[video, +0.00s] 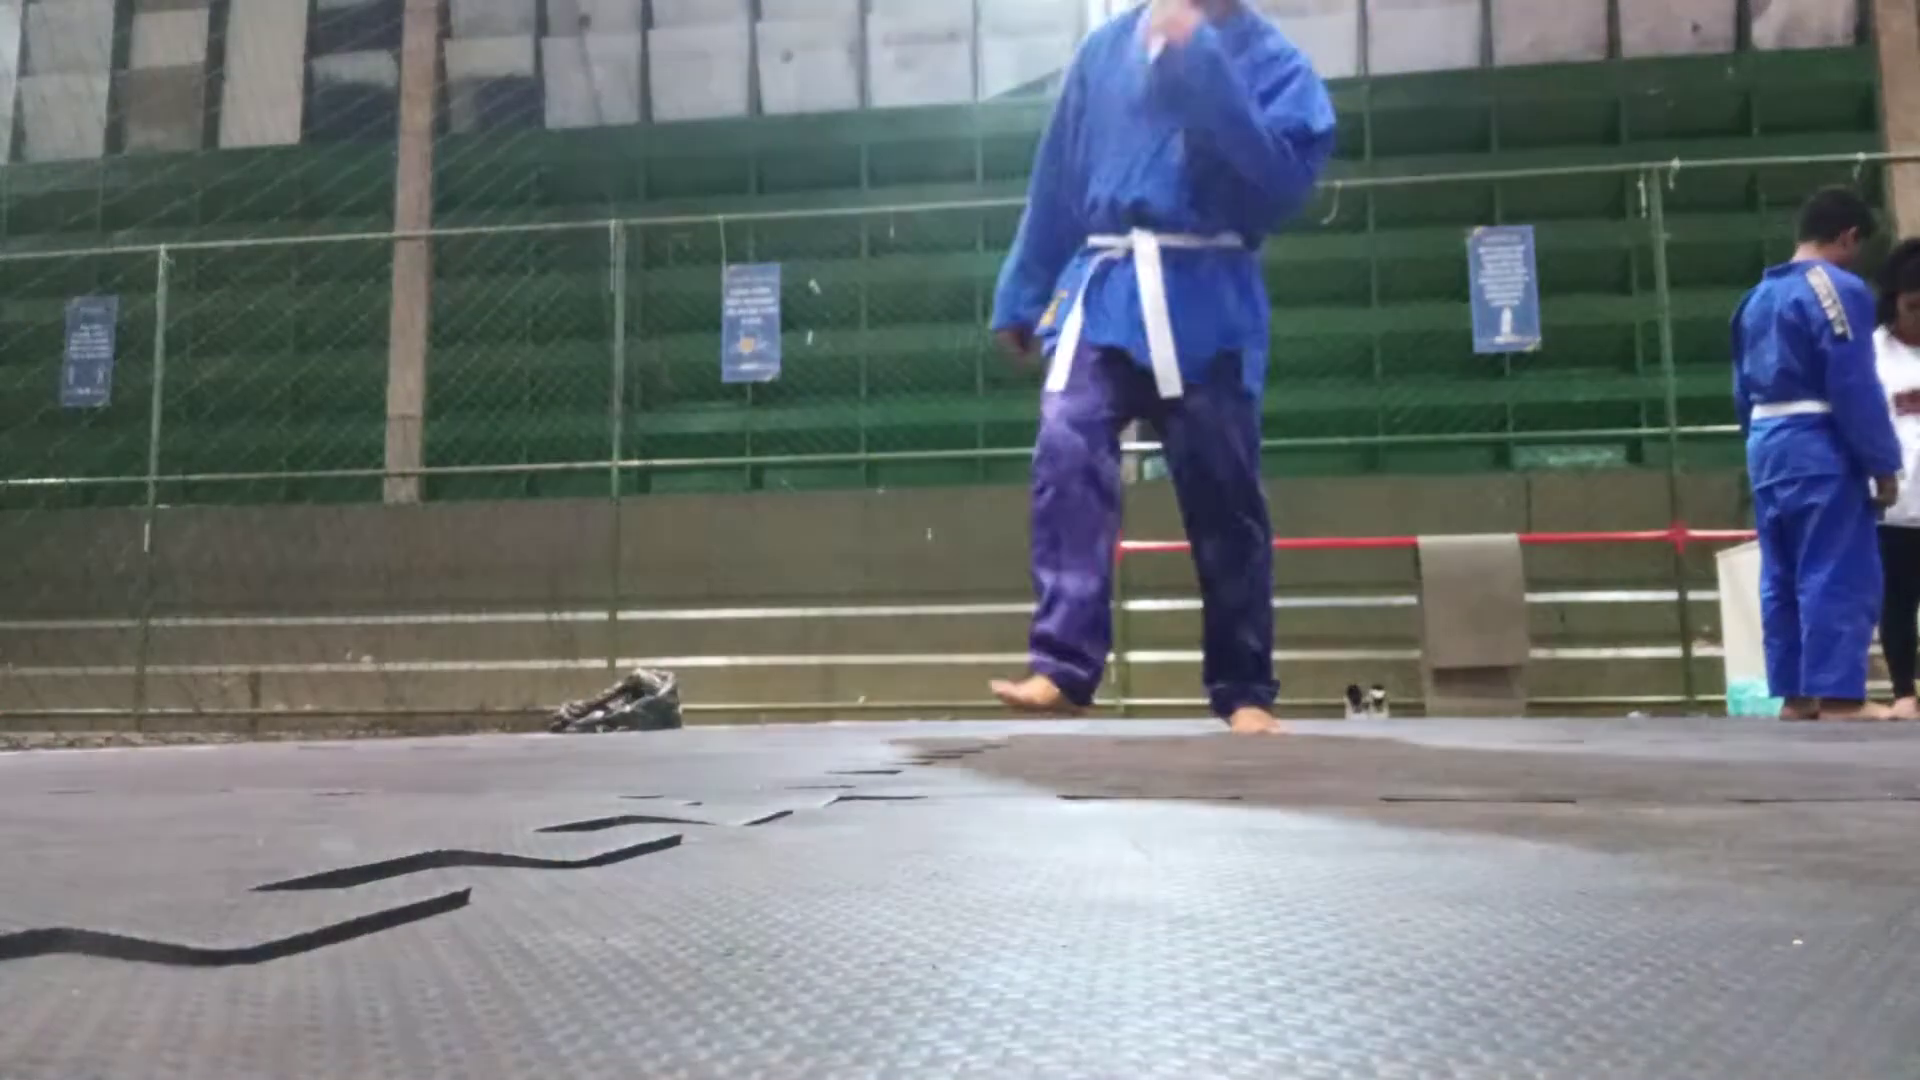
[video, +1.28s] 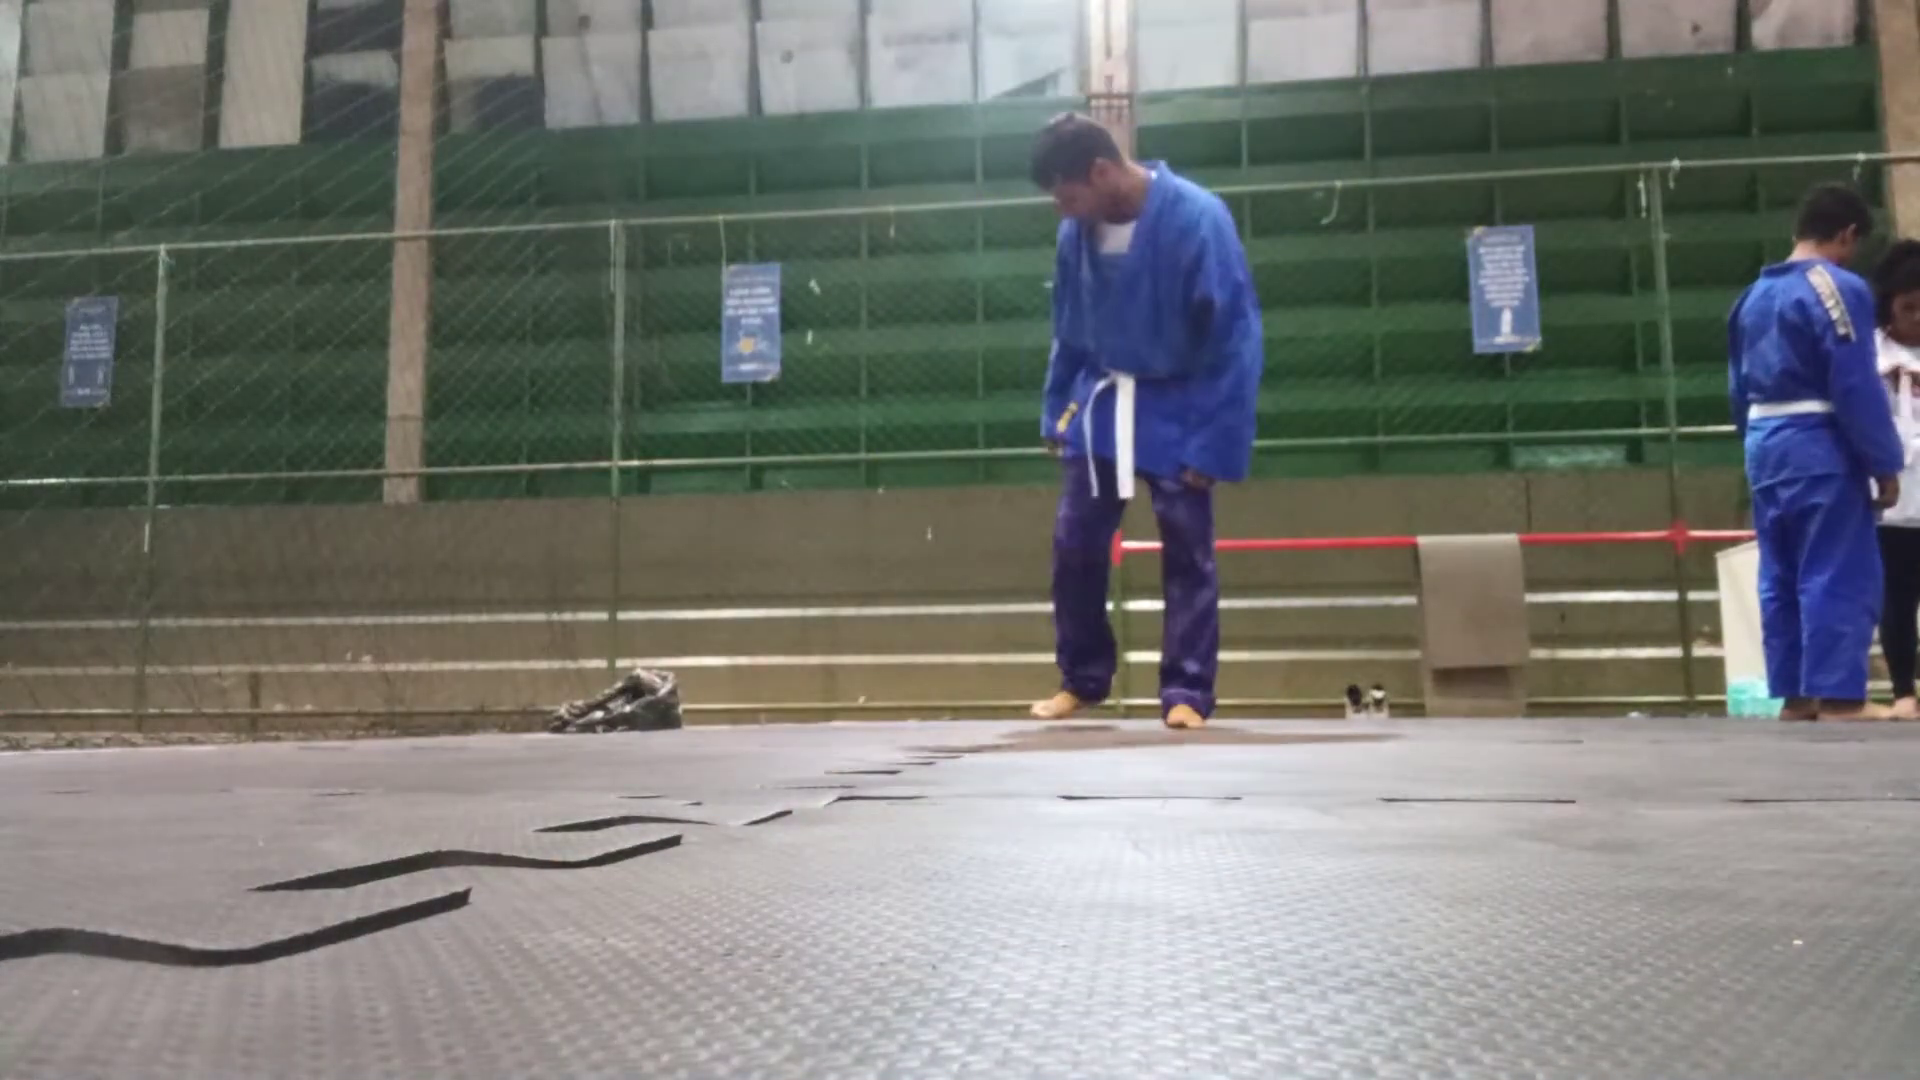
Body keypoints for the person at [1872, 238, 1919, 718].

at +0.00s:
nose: (1917, 315)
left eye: (1919, 305)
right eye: (1911, 305)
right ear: (1893, 305)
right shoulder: (1871, 350)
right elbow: (1854, 408)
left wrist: (1898, 401)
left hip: (1913, 499)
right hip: (1894, 500)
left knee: (1907, 604)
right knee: (1898, 604)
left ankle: (1908, 689)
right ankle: (1904, 690)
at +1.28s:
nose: (1914, 316)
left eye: (1918, 307)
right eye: (1908, 307)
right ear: (1889, 307)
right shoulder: (1870, 351)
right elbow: (1853, 412)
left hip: (1914, 496)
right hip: (1893, 497)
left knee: (1906, 603)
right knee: (1898, 603)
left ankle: (1908, 688)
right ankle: (1904, 689)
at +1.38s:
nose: (1914, 317)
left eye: (1918, 307)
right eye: (1907, 307)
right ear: (1889, 307)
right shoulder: (1871, 349)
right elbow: (1855, 414)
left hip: (1914, 496)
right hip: (1893, 497)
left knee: (1907, 603)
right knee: (1898, 603)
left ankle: (1908, 688)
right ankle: (1904, 690)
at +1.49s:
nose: (1915, 317)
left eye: (1918, 307)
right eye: (1908, 307)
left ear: (1919, 307)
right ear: (1889, 307)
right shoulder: (1871, 349)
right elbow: (1853, 411)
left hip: (1913, 498)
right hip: (1893, 498)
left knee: (1906, 604)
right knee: (1898, 604)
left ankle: (1908, 689)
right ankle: (1904, 690)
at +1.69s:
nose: (1915, 316)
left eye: (1918, 307)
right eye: (1908, 307)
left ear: (1919, 307)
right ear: (1889, 307)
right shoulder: (1870, 351)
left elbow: (1862, 419)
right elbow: (1856, 417)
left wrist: (1875, 466)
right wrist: (1872, 469)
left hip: (1912, 499)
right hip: (1893, 499)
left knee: (1906, 605)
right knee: (1898, 604)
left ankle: (1908, 688)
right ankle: (1904, 689)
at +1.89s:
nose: (1914, 316)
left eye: (1917, 307)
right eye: (1907, 306)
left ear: (1919, 307)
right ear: (1888, 306)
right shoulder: (1871, 349)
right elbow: (1840, 394)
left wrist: (1910, 383)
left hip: (1913, 495)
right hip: (1893, 495)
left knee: (1906, 604)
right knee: (1898, 603)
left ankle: (1908, 688)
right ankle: (1904, 690)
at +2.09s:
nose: (1914, 316)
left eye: (1917, 307)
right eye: (1907, 307)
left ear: (1919, 307)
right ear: (1888, 307)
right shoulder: (1872, 351)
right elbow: (1850, 412)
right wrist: (1862, 383)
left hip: (1911, 498)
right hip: (1894, 498)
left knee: (1906, 604)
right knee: (1898, 604)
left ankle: (1908, 688)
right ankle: (1904, 690)